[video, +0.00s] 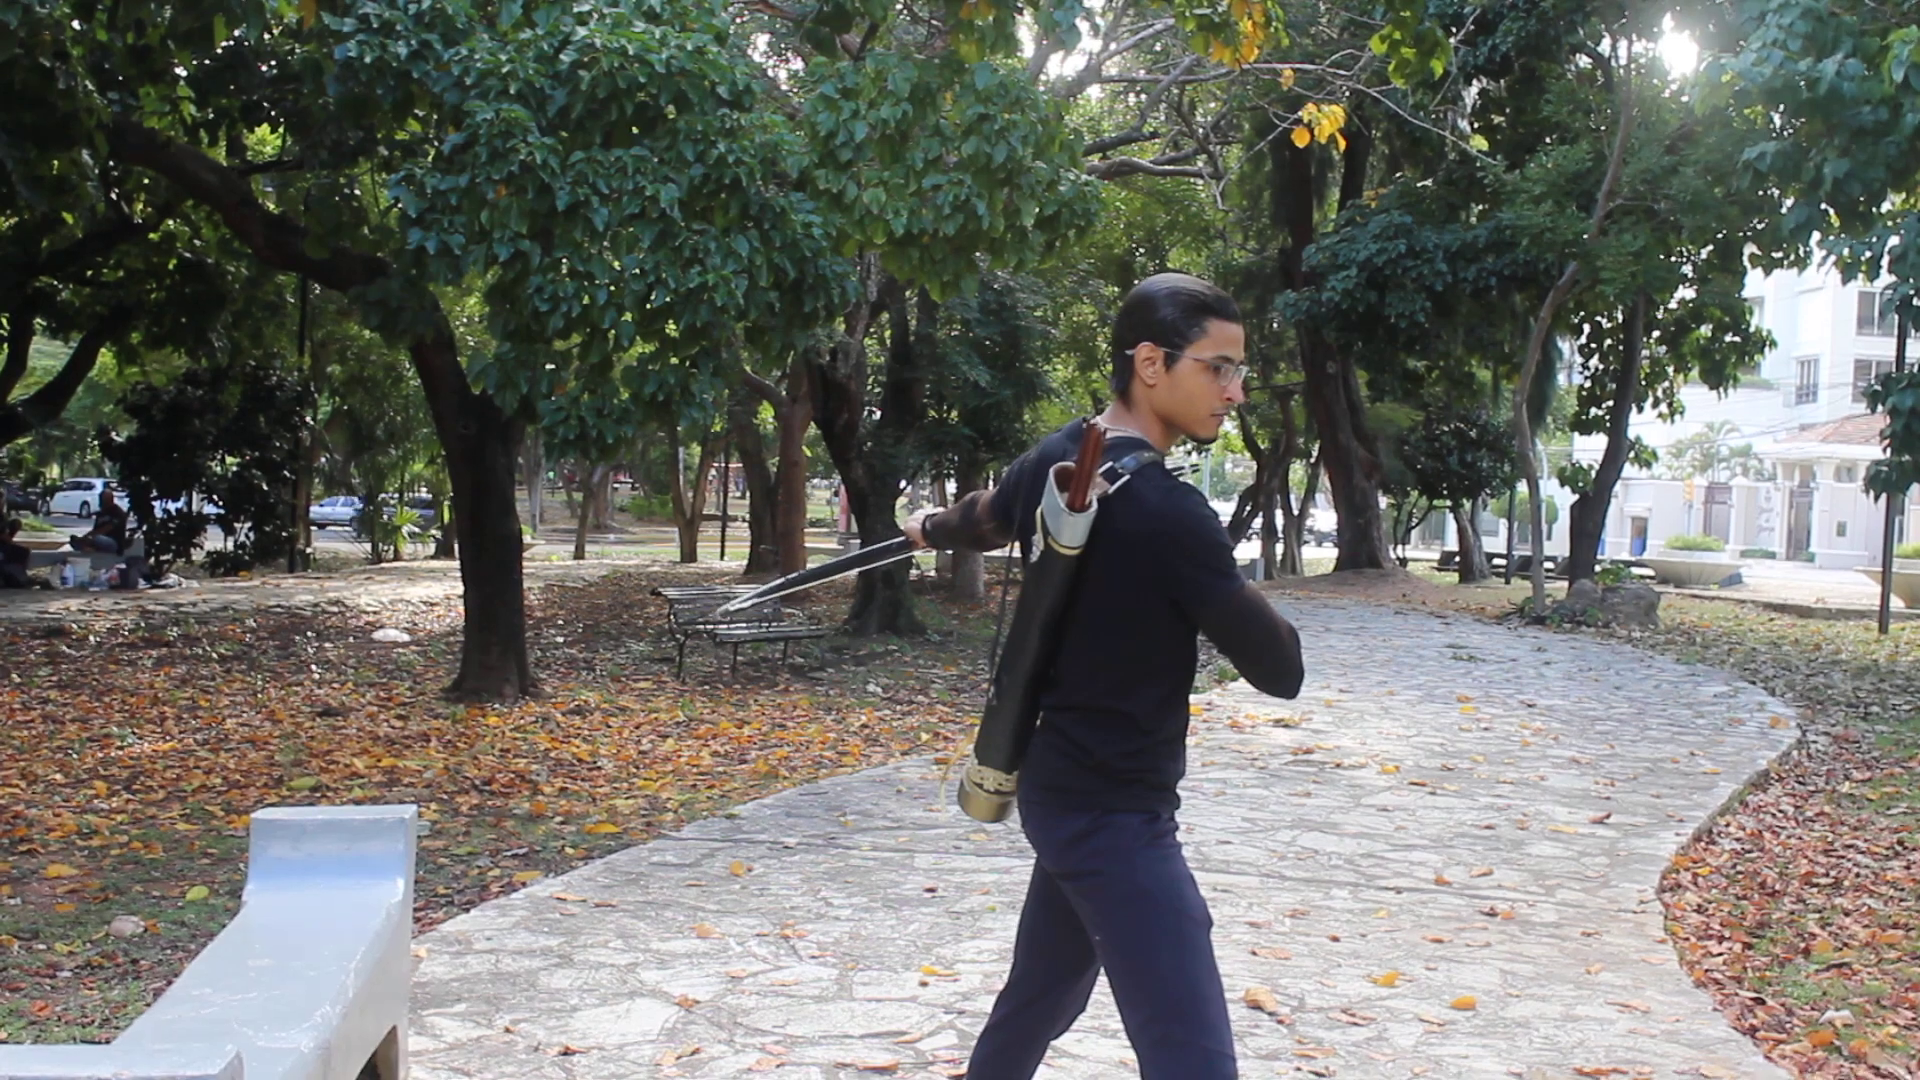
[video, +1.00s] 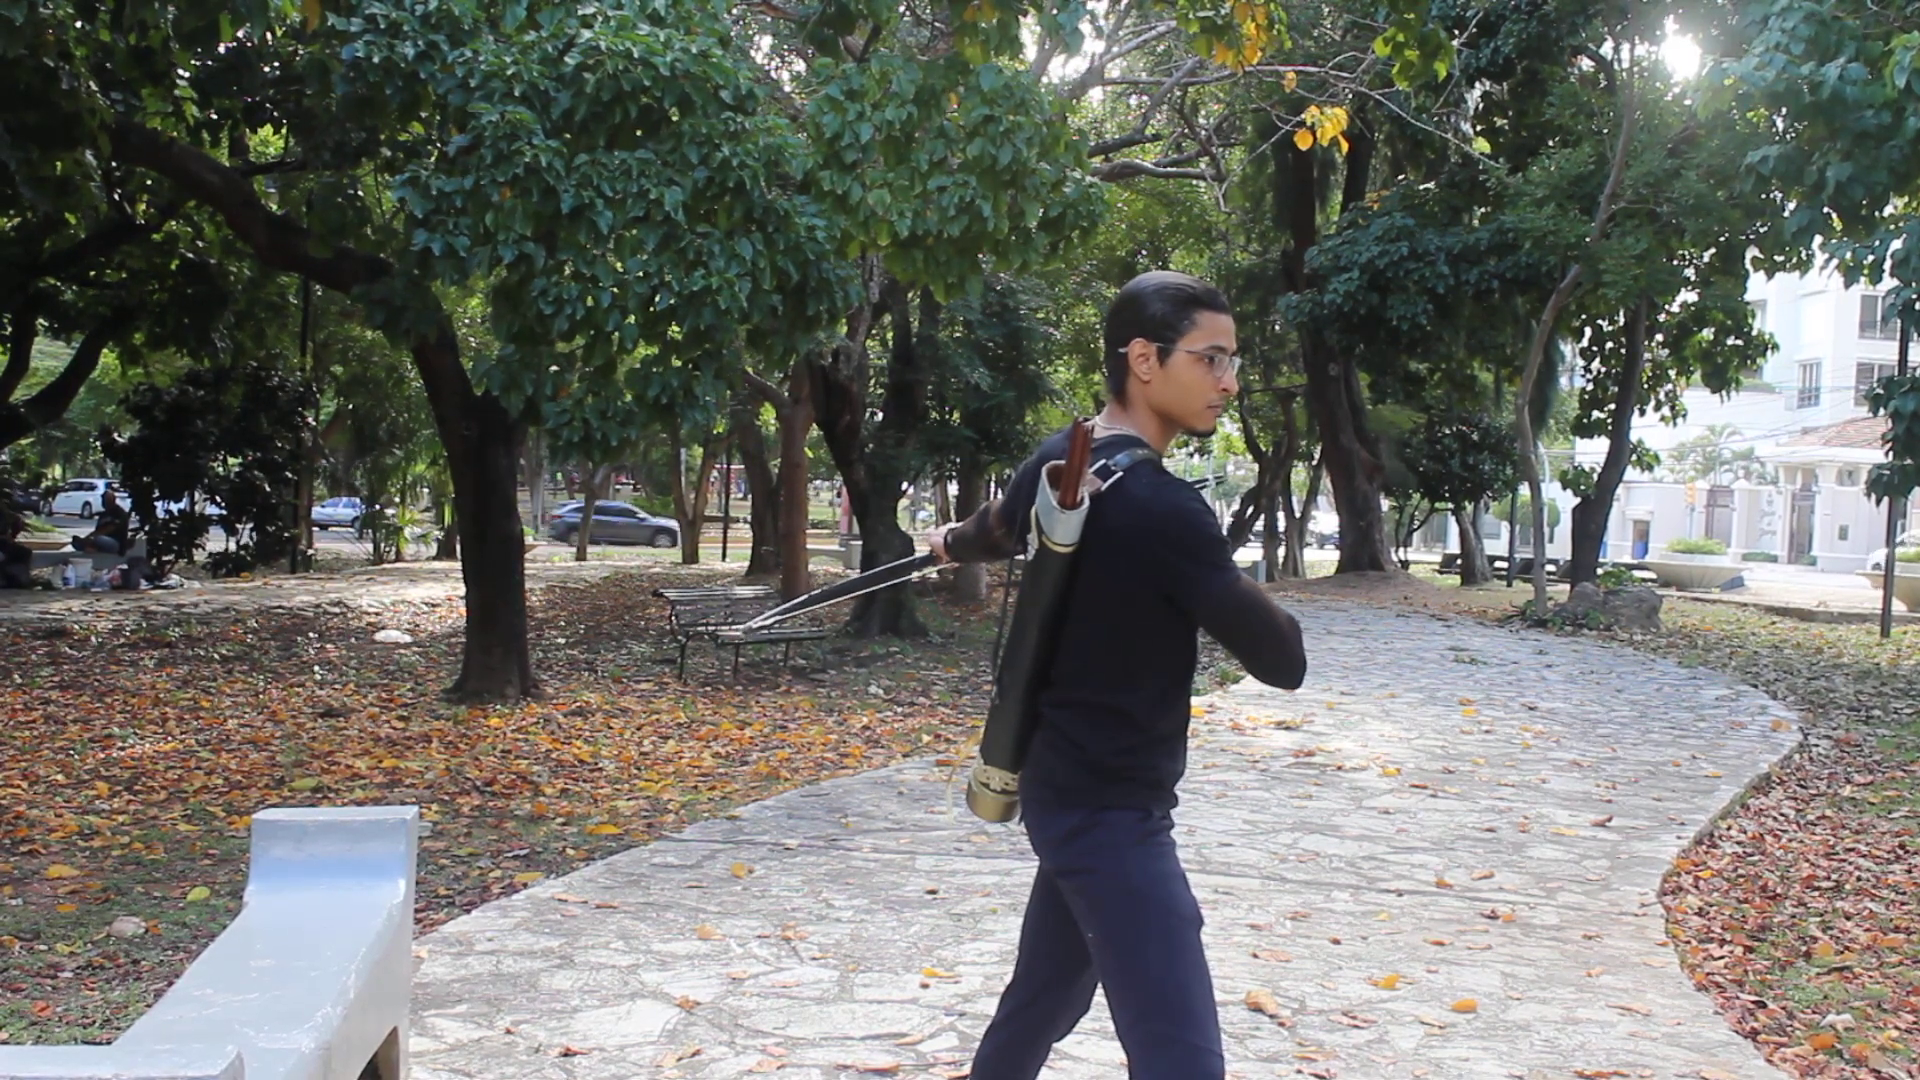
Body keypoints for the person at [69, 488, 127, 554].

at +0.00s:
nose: (103, 502)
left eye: (106, 499)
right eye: (102, 499)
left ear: (111, 500)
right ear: (100, 500)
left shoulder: (119, 513)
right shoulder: (100, 514)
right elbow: (96, 530)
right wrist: (84, 538)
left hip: (115, 542)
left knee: (97, 538)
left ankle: (78, 542)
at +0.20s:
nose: (103, 500)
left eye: (106, 497)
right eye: (102, 497)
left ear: (112, 498)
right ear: (101, 498)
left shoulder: (120, 511)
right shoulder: (101, 512)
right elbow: (96, 529)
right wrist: (85, 537)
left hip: (116, 541)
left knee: (98, 537)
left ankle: (81, 540)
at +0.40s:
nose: (103, 501)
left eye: (106, 499)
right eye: (102, 499)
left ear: (112, 499)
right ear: (101, 499)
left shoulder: (120, 513)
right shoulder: (102, 514)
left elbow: (110, 529)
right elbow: (97, 530)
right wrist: (86, 539)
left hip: (116, 542)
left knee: (98, 538)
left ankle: (81, 542)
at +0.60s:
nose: (103, 501)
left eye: (106, 498)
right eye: (103, 498)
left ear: (112, 499)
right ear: (103, 498)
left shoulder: (121, 512)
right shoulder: (103, 514)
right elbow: (98, 530)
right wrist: (87, 538)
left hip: (117, 542)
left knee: (98, 538)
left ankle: (82, 542)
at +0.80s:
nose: (103, 501)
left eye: (106, 499)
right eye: (103, 498)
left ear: (113, 499)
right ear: (103, 499)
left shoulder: (121, 513)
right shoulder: (103, 514)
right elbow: (98, 530)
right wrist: (86, 539)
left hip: (117, 542)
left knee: (99, 539)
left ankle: (82, 542)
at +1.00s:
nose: (104, 502)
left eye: (107, 499)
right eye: (103, 499)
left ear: (113, 500)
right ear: (103, 500)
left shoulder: (121, 513)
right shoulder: (103, 515)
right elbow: (98, 531)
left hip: (117, 543)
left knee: (98, 539)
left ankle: (81, 543)